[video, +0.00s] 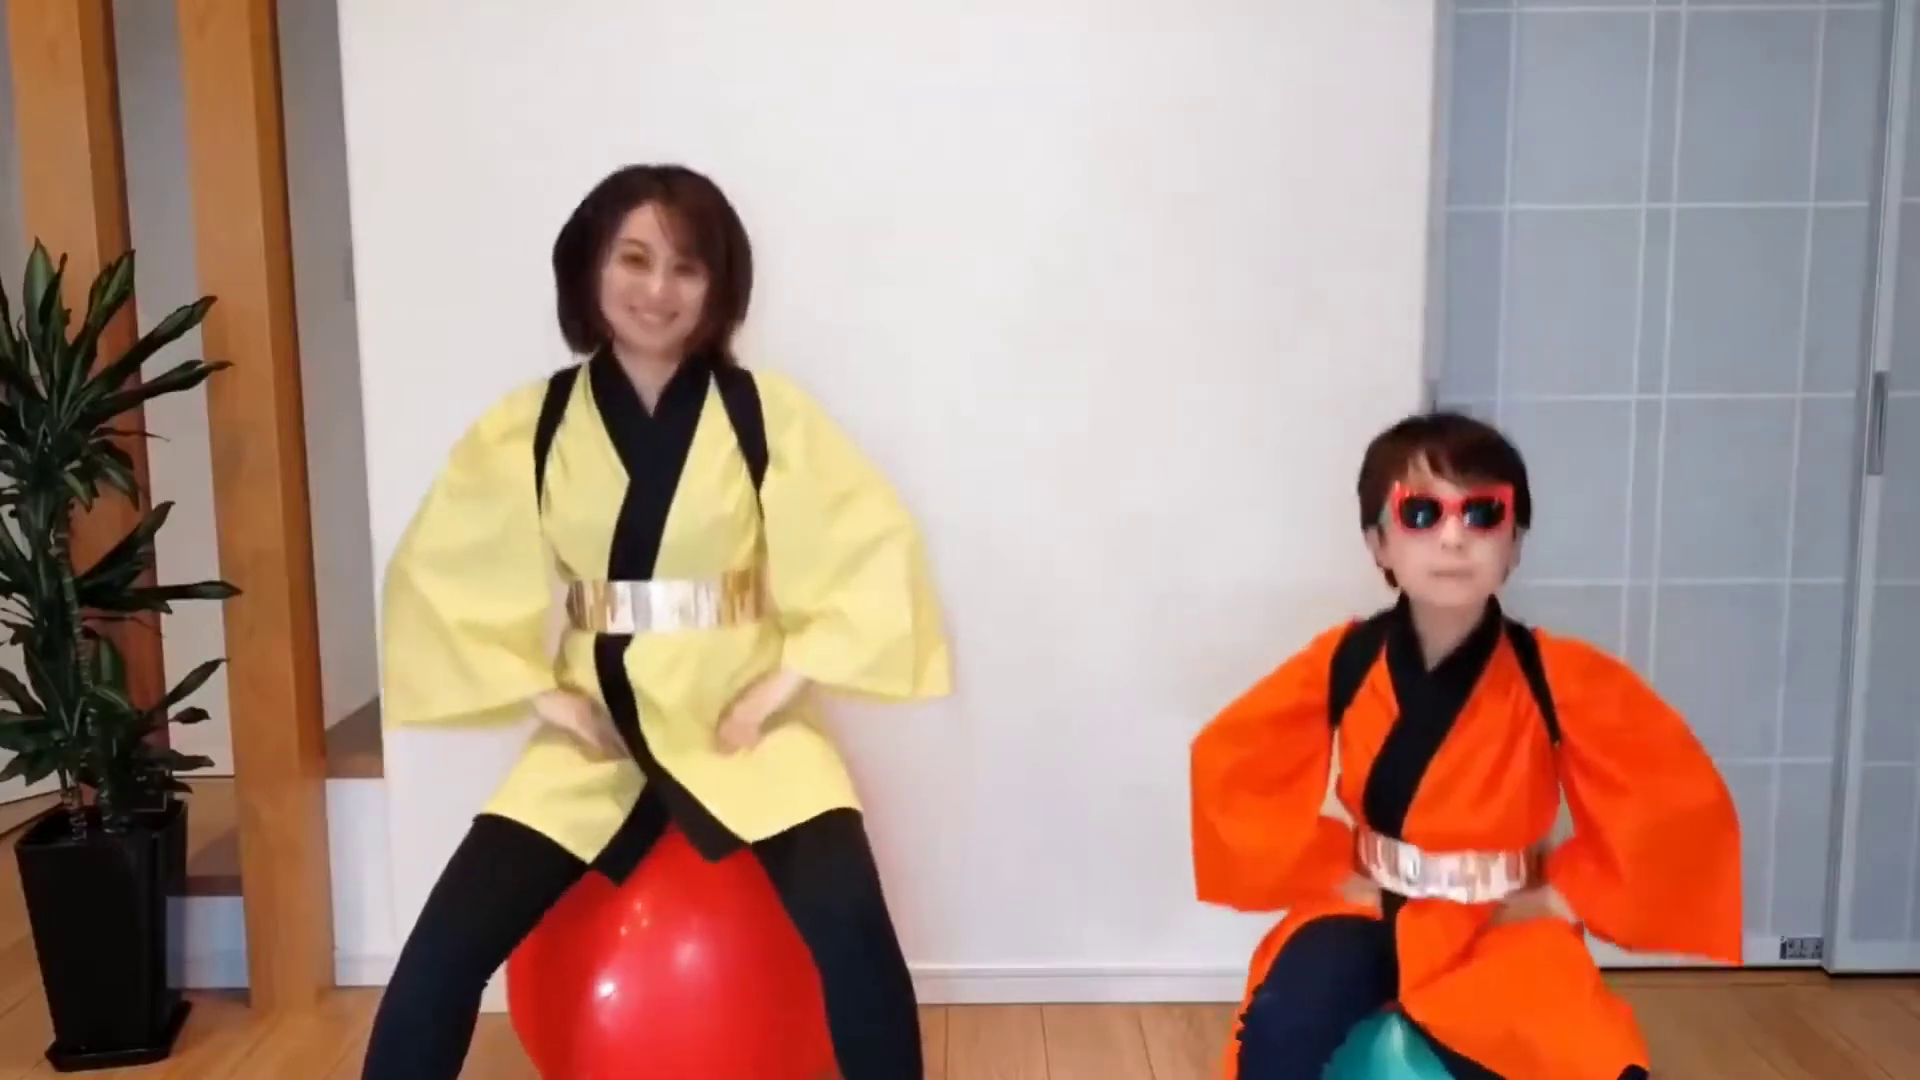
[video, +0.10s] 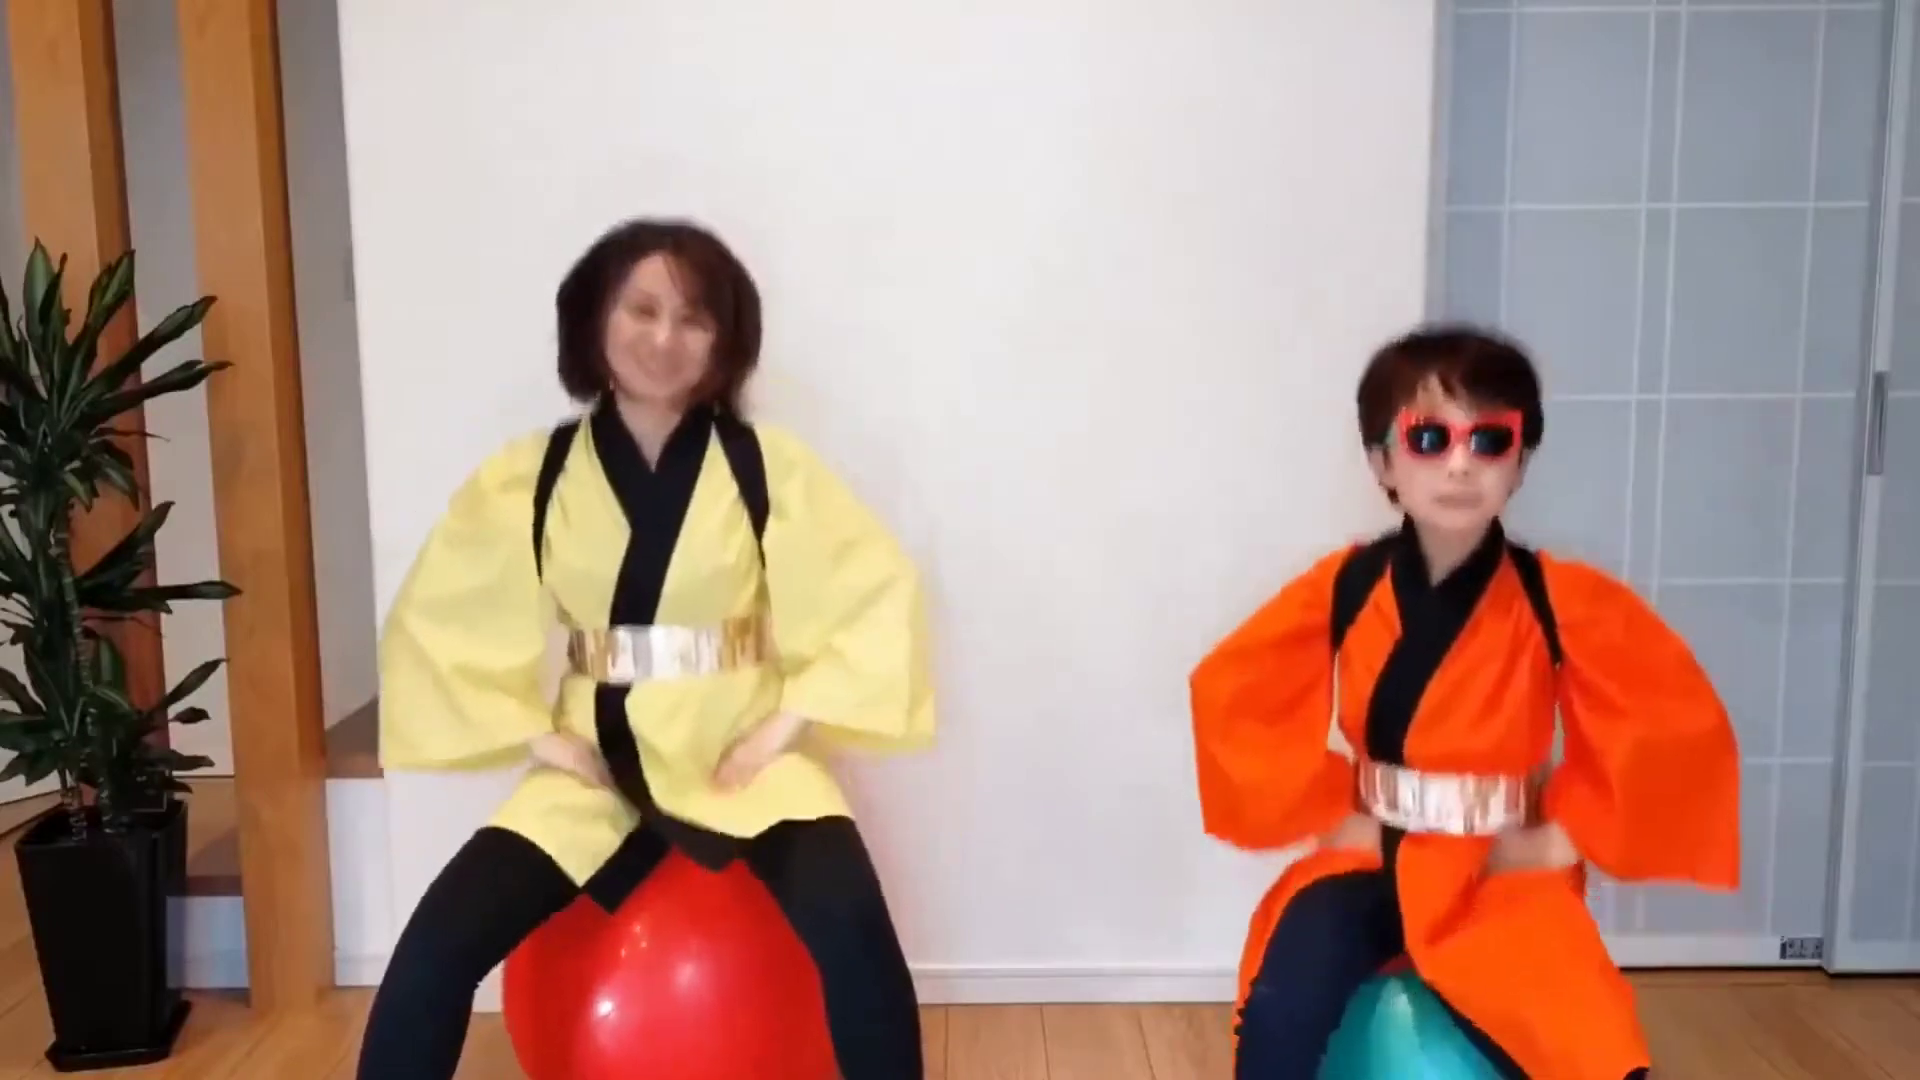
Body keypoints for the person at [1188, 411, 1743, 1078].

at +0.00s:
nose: (1454, 536)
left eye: (1482, 511)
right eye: (1421, 512)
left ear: (1514, 542)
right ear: (1380, 547)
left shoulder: (1555, 675)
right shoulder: (1345, 661)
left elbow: (1683, 801)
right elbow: (1224, 760)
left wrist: (1555, 894)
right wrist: (1330, 865)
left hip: (1503, 929)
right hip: (1366, 916)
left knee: (1594, 1054)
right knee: (1300, 997)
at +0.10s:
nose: (1460, 462)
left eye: (1490, 438)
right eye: (1429, 437)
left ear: (1522, 462)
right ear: (1385, 467)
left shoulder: (1558, 597)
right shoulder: (1348, 584)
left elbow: (1682, 725)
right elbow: (1227, 690)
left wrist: (1564, 837)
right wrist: (1334, 814)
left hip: (1507, 873)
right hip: (1369, 862)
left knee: (1598, 1043)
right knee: (1285, 999)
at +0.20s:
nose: (1468, 430)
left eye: (1500, 405)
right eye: (1438, 402)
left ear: (1529, 419)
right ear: (1390, 421)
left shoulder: (1561, 546)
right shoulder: (1348, 537)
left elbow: (1679, 666)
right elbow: (1227, 644)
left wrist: (1573, 782)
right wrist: (1328, 759)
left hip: (1506, 833)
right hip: (1369, 821)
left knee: (1596, 1021)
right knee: (1303, 936)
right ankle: (1270, 1068)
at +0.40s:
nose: (1470, 542)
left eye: (1499, 521)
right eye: (1438, 516)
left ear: (1524, 536)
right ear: (1387, 531)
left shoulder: (1554, 654)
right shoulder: (1346, 642)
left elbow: (1678, 765)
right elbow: (1227, 741)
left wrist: (1571, 863)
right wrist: (1329, 837)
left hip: (1502, 906)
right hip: (1366, 895)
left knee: (1585, 1045)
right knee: (1314, 964)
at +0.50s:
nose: (1464, 577)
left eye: (1495, 556)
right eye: (1433, 551)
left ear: (1521, 575)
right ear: (1384, 569)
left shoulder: (1555, 694)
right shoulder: (1345, 677)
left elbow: (1662, 805)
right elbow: (1241, 755)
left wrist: (1557, 898)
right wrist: (1324, 867)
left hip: (1502, 936)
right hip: (1368, 921)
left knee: (1584, 1057)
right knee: (1313, 986)